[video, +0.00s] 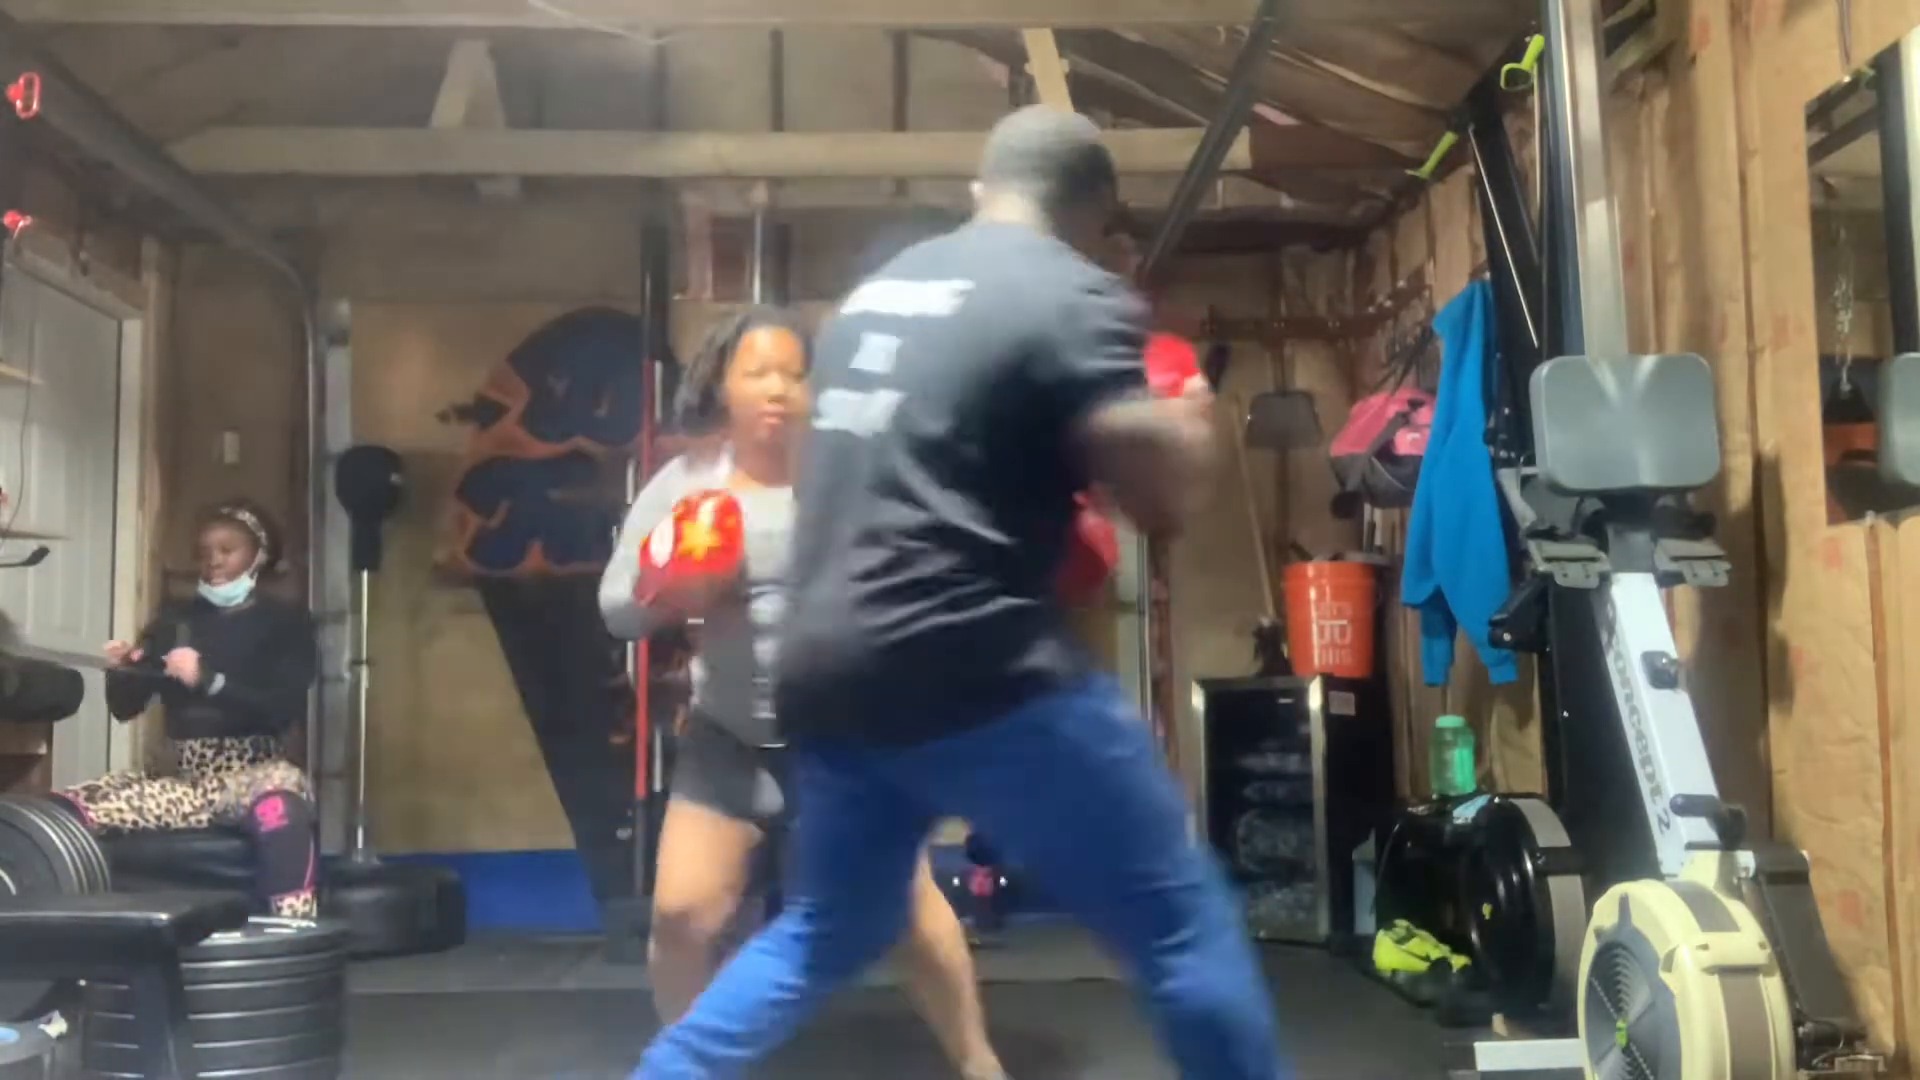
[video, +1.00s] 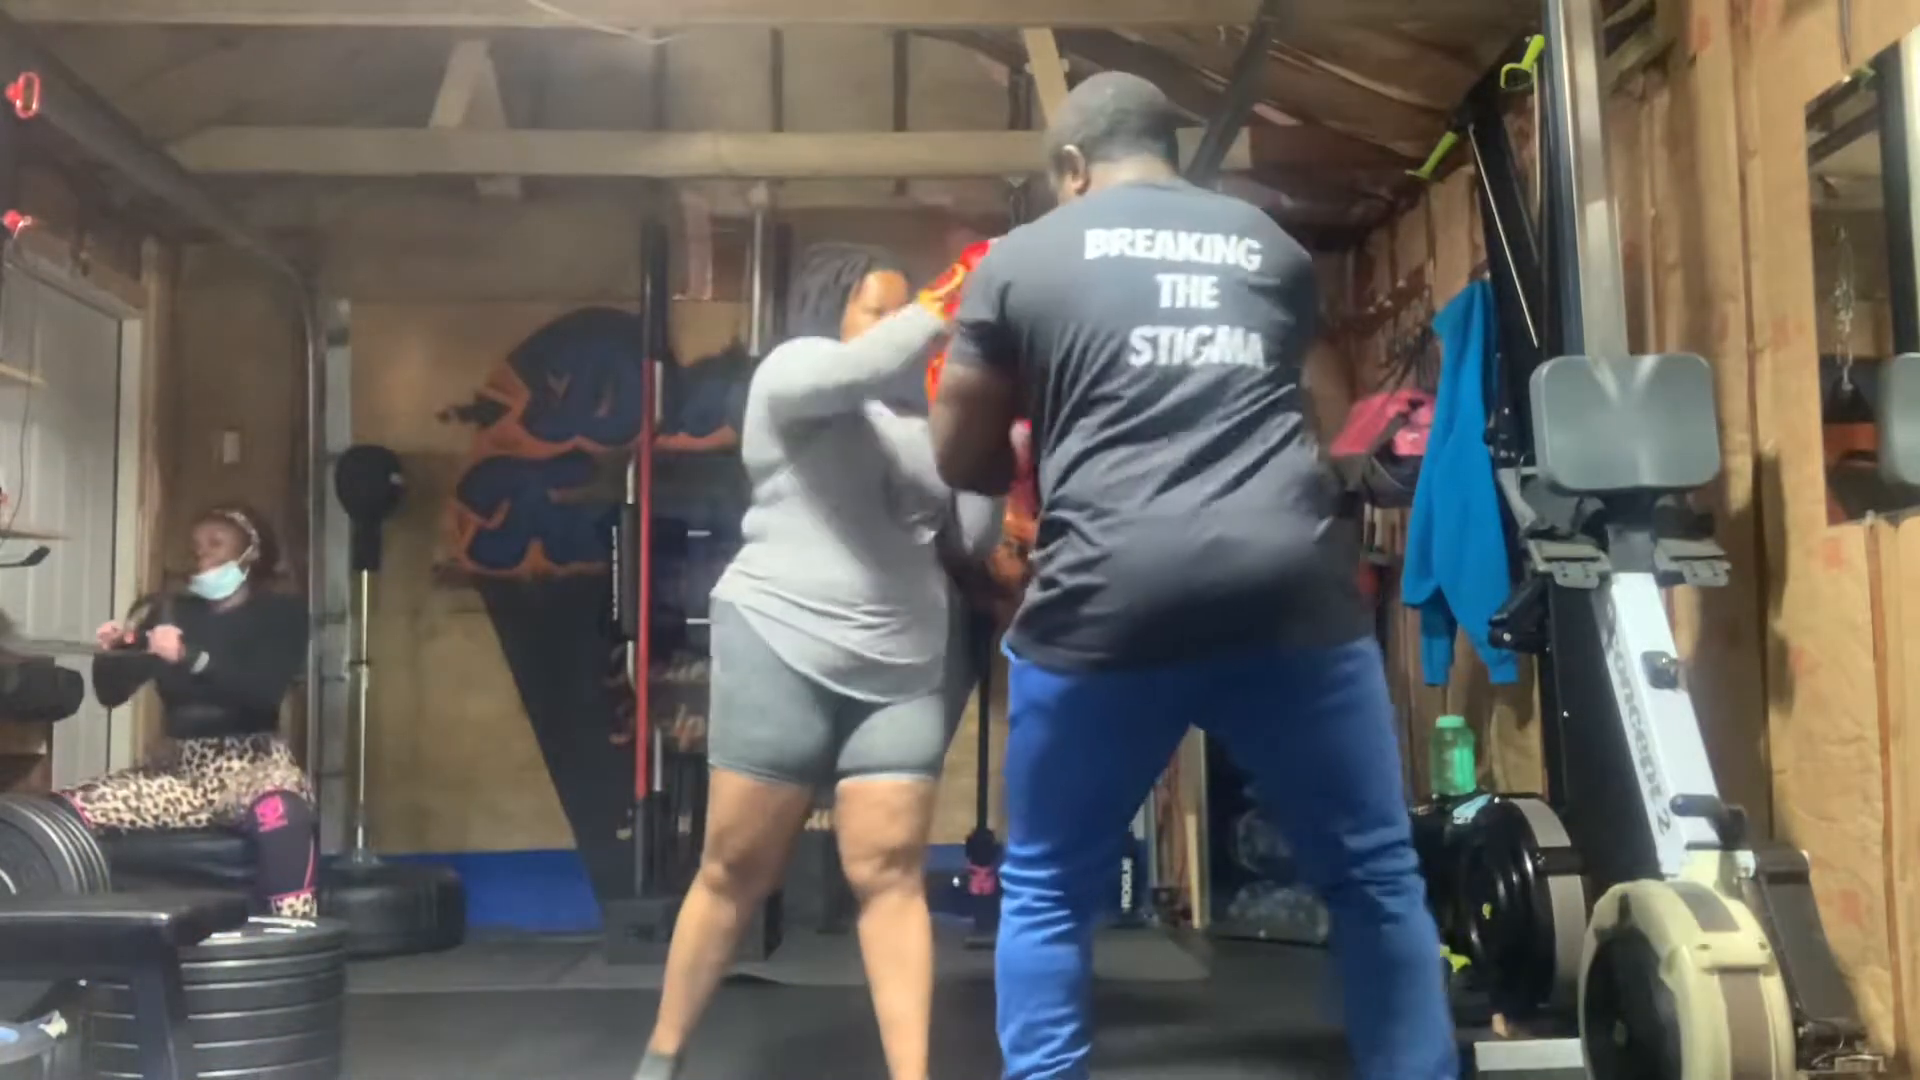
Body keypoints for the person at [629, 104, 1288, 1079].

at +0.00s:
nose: (1110, 237)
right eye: (1108, 217)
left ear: (982, 187)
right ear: (1094, 205)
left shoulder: (886, 280)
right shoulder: (1072, 294)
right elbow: (1161, 496)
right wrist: (1197, 418)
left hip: (822, 667)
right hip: (973, 658)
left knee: (830, 927)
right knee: (1179, 920)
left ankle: (668, 1069)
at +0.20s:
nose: (1070, 192)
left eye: (1069, 182)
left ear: (1079, 183)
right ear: (1192, 186)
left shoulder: (969, 275)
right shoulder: (1267, 298)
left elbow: (882, 447)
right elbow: (1331, 481)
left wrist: (994, 478)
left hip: (1000, 652)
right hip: (1190, 642)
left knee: (981, 900)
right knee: (1330, 897)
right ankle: (1335, 1073)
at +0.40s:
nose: (1069, 188)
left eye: (1070, 172)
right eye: (1069, 174)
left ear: (1100, 162)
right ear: (1201, 159)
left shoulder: (1058, 233)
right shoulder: (1283, 262)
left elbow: (949, 421)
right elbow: (1311, 423)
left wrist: (1024, 359)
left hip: (1118, 606)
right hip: (1298, 602)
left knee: (1048, 888)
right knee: (1360, 908)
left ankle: (1048, 1072)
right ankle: (1363, 1077)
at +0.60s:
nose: (1073, 190)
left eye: (1071, 173)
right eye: (1073, 177)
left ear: (1091, 161)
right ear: (1201, 148)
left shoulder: (1046, 249)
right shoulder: (1314, 248)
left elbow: (926, 416)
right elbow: (1327, 408)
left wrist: (898, 356)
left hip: (1121, 594)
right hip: (1304, 592)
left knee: (1054, 893)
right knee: (1363, 906)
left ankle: (1047, 1070)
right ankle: (1365, 1078)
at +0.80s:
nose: (1061, 189)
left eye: (1062, 175)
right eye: (1063, 177)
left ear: (1079, 168)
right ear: (1184, 155)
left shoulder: (1013, 266)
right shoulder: (1296, 257)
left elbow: (912, 412)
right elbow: (1350, 436)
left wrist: (982, 399)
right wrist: (1230, 404)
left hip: (1094, 607)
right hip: (1281, 600)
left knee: (1047, 895)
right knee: (1364, 891)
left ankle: (1043, 1071)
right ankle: (1373, 1077)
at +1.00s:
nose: (1057, 192)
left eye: (1054, 178)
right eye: (1058, 181)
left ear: (1074, 167)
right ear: (1176, 154)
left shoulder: (1020, 260)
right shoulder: (1268, 239)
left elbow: (964, 458)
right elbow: (1326, 415)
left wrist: (1029, 444)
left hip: (1112, 589)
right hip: (1290, 579)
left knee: (1048, 889)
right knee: (1376, 875)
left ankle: (1042, 1071)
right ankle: (1417, 1073)